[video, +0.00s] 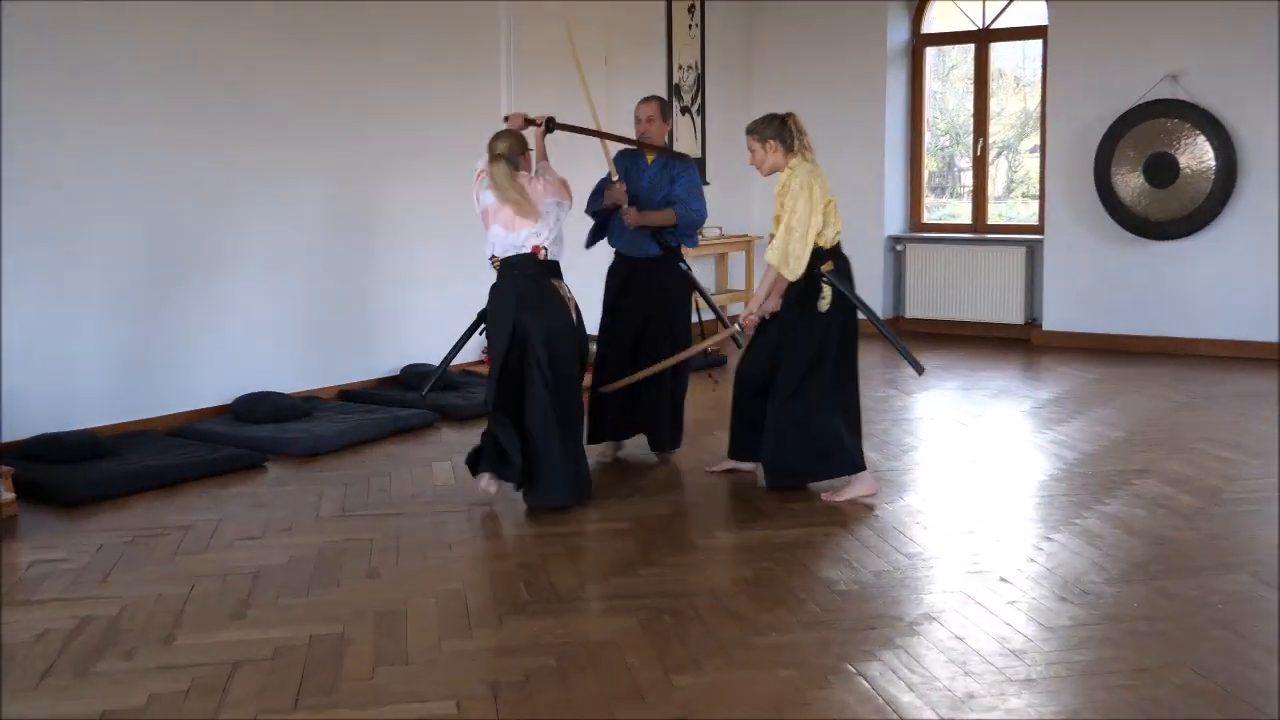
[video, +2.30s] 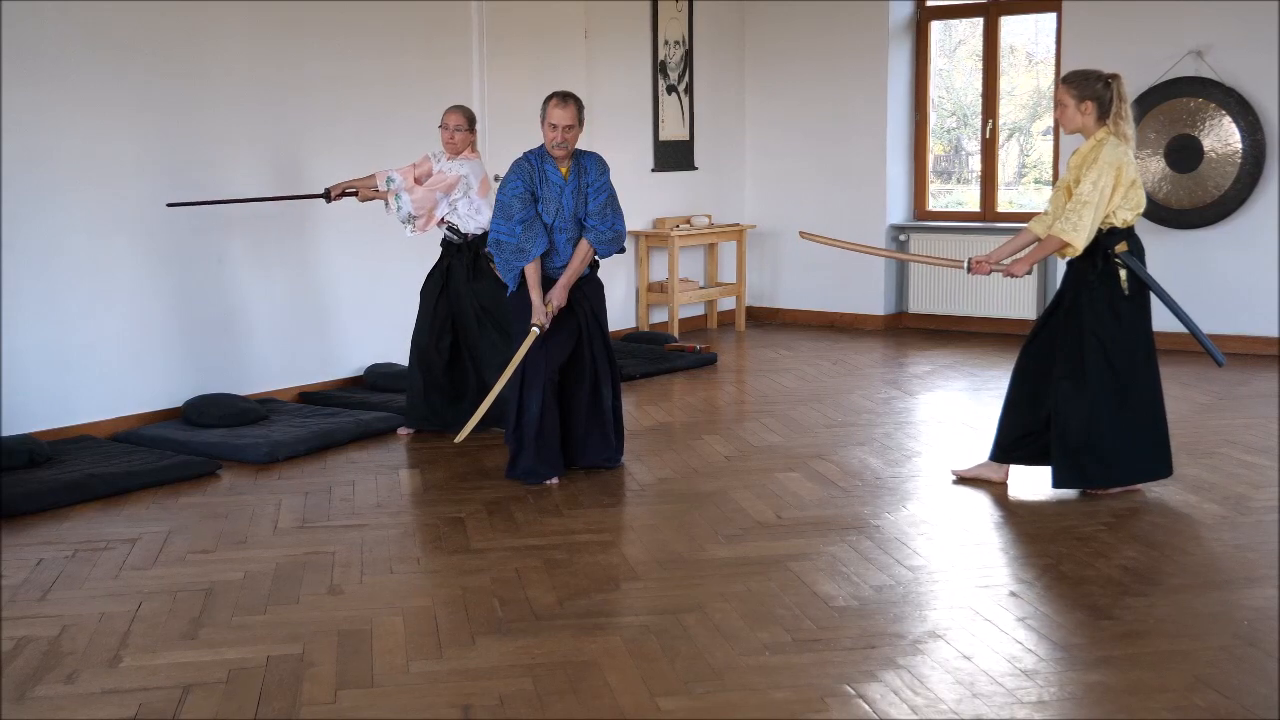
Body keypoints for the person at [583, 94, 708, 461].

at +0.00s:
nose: (642, 126)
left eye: (650, 120)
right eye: (638, 121)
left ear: (667, 125)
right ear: (634, 125)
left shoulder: (682, 166)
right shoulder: (624, 162)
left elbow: (694, 214)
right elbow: (593, 204)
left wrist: (646, 217)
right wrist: (609, 196)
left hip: (665, 271)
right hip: (624, 269)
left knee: (665, 352)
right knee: (616, 348)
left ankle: (663, 440)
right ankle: (614, 434)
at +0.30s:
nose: (619, 124)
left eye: (629, 118)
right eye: (615, 116)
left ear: (644, 125)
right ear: (608, 118)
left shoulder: (648, 174)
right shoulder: (584, 158)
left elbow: (649, 224)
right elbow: (572, 203)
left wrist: (608, 243)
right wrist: (578, 243)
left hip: (625, 278)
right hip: (580, 277)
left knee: (644, 356)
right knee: (575, 362)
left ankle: (650, 444)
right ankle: (560, 451)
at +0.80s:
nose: (575, 132)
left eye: (585, 125)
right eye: (569, 123)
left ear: (598, 126)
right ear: (559, 123)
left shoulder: (609, 167)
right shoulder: (540, 166)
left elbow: (611, 230)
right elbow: (536, 232)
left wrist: (573, 281)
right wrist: (543, 293)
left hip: (593, 278)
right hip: (545, 281)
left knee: (598, 362)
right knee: (548, 368)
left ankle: (595, 449)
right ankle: (552, 460)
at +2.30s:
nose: (560, 135)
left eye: (568, 128)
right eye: (553, 127)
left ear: (580, 129)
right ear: (542, 126)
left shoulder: (593, 167)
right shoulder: (523, 171)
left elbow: (598, 231)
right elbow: (526, 240)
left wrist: (565, 284)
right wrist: (536, 298)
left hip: (582, 279)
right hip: (534, 284)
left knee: (588, 363)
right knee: (539, 369)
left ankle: (590, 451)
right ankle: (541, 463)